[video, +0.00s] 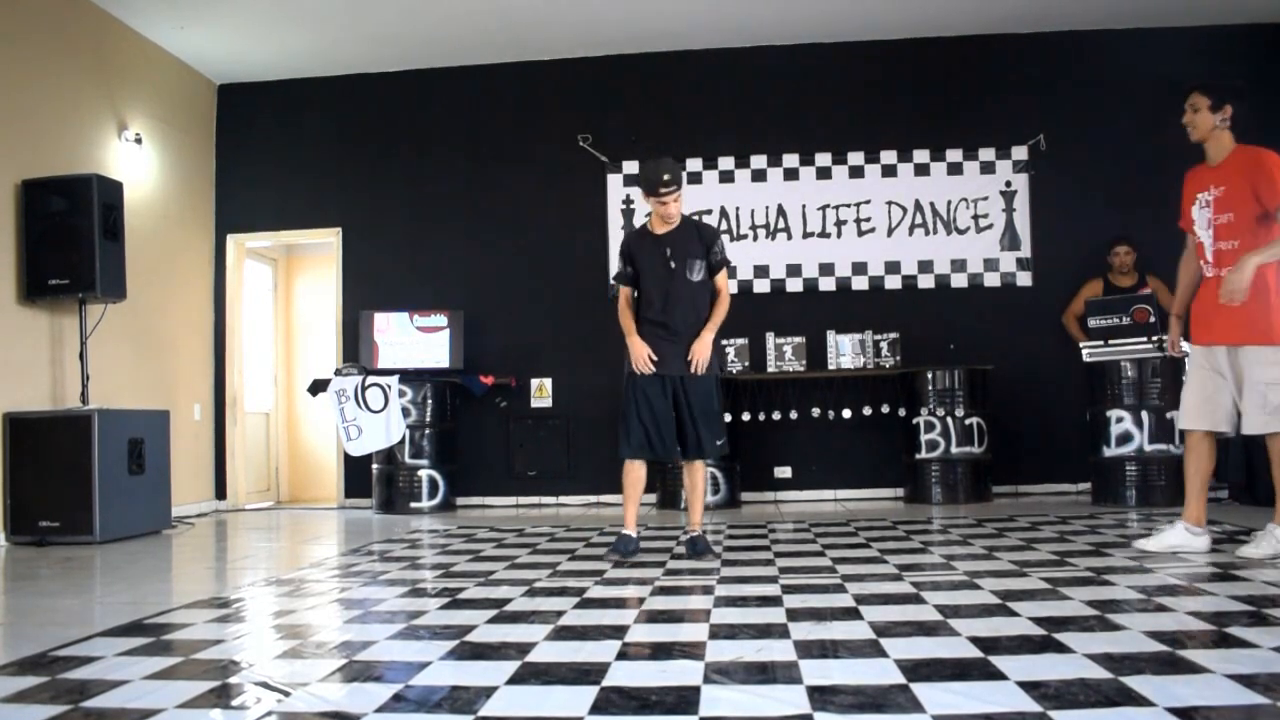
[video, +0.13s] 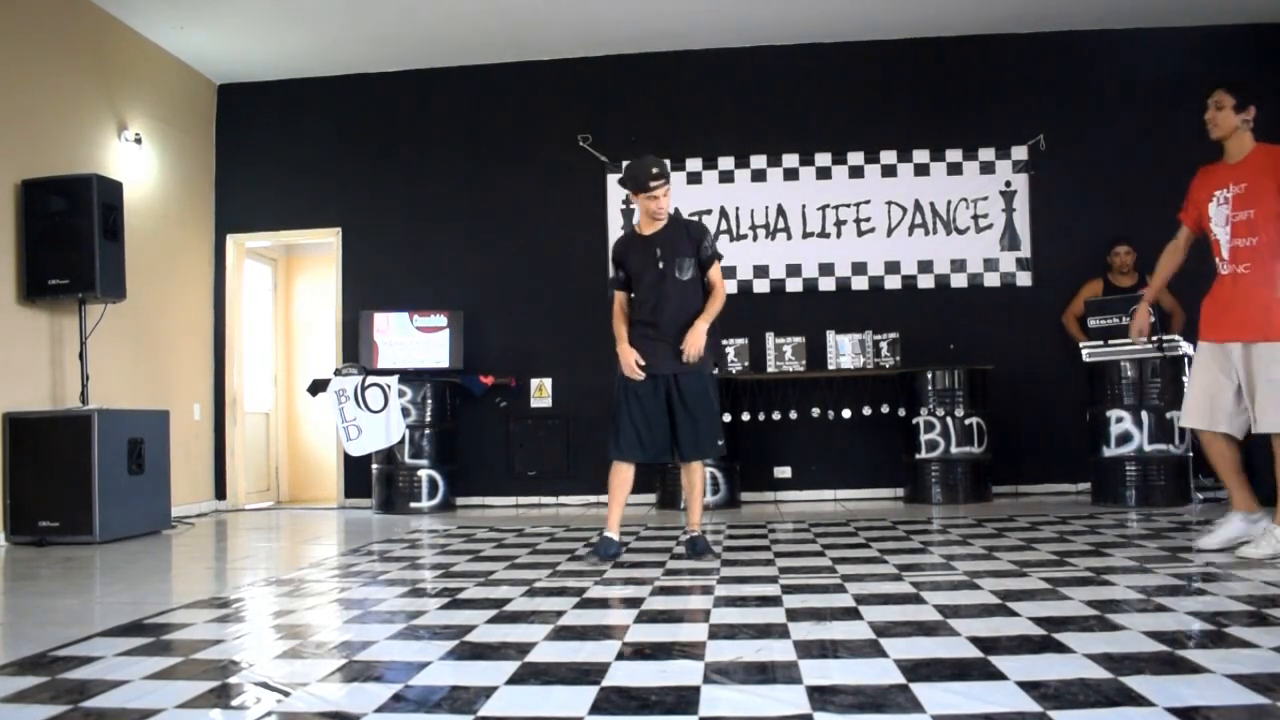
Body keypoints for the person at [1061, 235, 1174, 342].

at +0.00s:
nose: (1122, 260)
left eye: (1127, 254)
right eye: (1116, 255)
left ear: (1134, 256)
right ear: (1109, 259)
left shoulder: (1151, 283)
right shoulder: (1096, 287)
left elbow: (1176, 310)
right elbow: (1068, 317)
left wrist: (1173, 338)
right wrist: (1086, 344)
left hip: (1147, 354)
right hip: (1110, 356)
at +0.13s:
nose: (1122, 259)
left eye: (1127, 254)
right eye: (1117, 255)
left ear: (1134, 257)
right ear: (1109, 260)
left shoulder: (1149, 283)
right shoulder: (1096, 287)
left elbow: (1177, 313)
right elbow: (1068, 318)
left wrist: (1169, 344)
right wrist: (1087, 346)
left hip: (1146, 360)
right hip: (1109, 362)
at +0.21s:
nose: (1123, 259)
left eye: (1127, 254)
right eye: (1117, 255)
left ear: (1134, 257)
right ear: (1109, 259)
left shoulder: (1149, 284)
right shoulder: (1096, 287)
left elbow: (1176, 313)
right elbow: (1068, 317)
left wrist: (1170, 343)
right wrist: (1087, 345)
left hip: (1147, 360)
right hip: (1110, 362)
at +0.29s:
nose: (1123, 259)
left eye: (1128, 254)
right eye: (1117, 255)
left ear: (1135, 257)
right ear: (1109, 259)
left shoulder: (1149, 284)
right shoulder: (1096, 287)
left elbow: (1176, 313)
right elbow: (1068, 317)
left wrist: (1170, 344)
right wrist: (1087, 347)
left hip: (1147, 360)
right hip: (1110, 362)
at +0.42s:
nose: (1123, 259)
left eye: (1128, 254)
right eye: (1117, 254)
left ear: (1135, 257)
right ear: (1109, 259)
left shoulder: (1150, 283)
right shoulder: (1095, 287)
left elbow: (1177, 314)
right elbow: (1068, 317)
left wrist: (1169, 343)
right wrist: (1087, 346)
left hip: (1148, 359)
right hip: (1110, 361)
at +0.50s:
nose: (1123, 259)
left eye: (1128, 253)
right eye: (1118, 254)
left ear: (1135, 257)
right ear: (1110, 259)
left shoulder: (1151, 284)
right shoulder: (1095, 287)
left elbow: (1176, 313)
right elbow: (1068, 317)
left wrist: (1169, 342)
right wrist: (1086, 345)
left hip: (1148, 359)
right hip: (1110, 361)